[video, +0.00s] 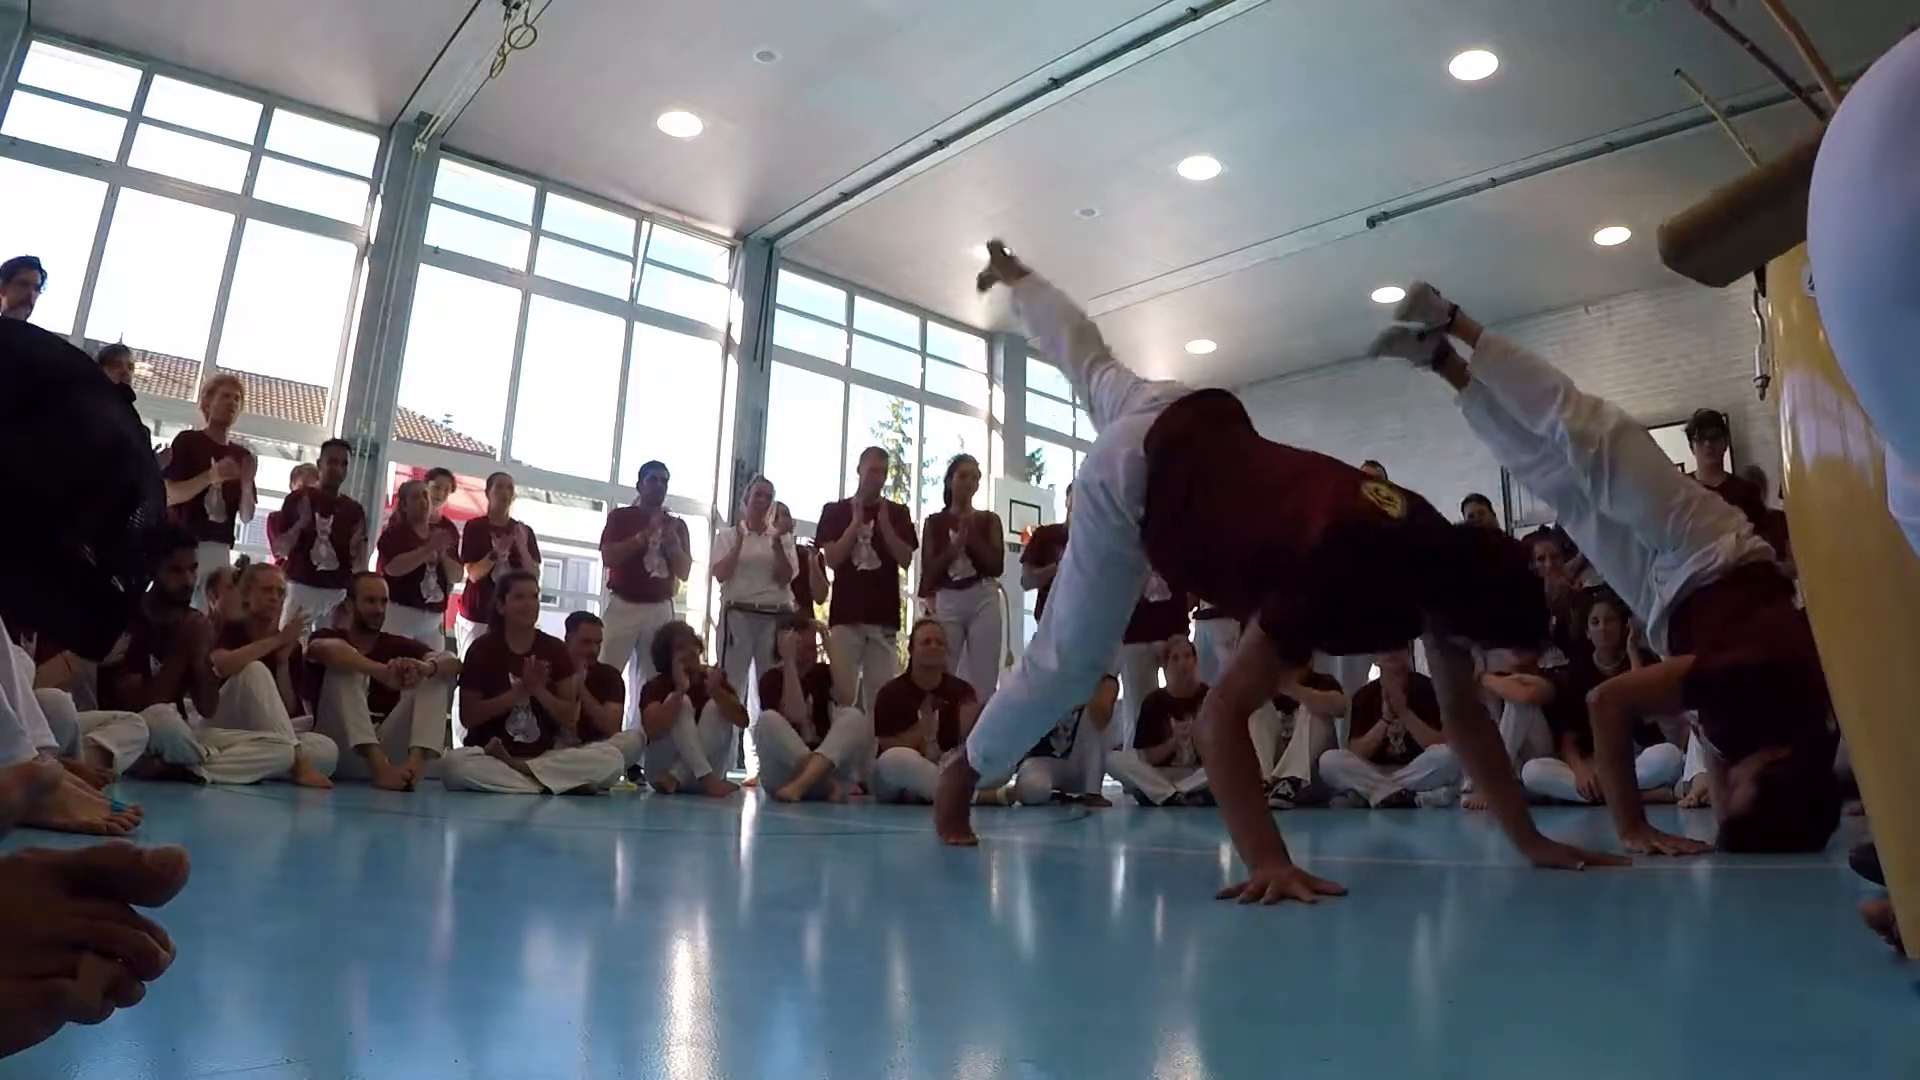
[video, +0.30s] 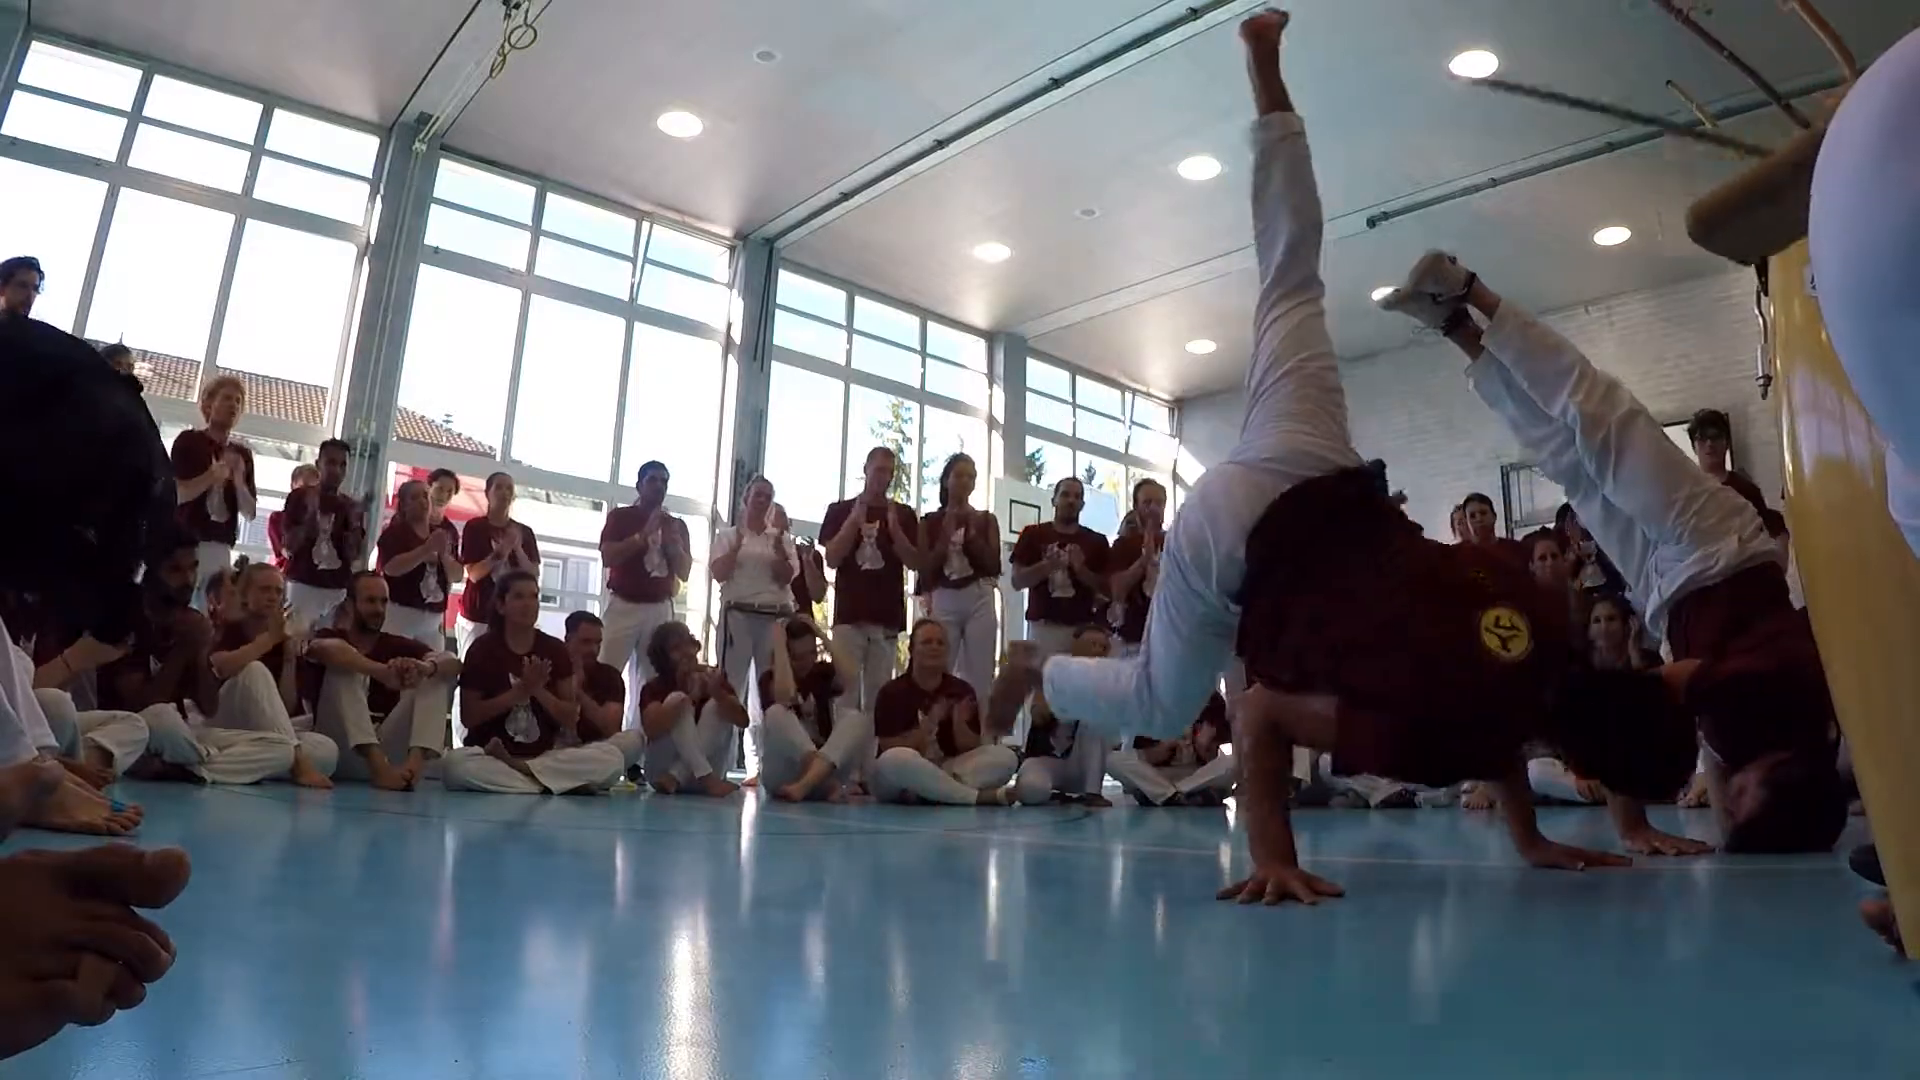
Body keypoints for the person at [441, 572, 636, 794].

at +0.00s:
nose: (529, 604)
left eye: (534, 597)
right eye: (520, 597)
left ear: (540, 603)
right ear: (501, 605)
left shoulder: (556, 648)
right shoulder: (481, 649)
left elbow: (569, 717)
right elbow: (469, 717)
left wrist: (537, 689)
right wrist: (521, 691)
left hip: (545, 755)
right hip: (488, 754)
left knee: (612, 758)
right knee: (454, 766)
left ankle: (522, 766)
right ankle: (547, 786)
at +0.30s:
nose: (529, 603)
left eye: (534, 597)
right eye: (519, 597)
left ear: (540, 603)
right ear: (500, 605)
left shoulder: (556, 649)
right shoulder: (481, 648)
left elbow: (570, 717)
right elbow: (469, 717)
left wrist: (536, 690)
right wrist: (522, 690)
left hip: (545, 756)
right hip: (489, 755)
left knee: (612, 759)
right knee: (455, 766)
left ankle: (521, 766)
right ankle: (549, 786)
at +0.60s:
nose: (529, 603)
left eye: (534, 597)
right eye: (519, 597)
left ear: (540, 603)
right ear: (500, 605)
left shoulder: (556, 649)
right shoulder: (481, 648)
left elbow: (571, 718)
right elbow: (468, 716)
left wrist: (536, 690)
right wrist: (521, 690)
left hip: (546, 756)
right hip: (489, 755)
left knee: (612, 759)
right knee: (455, 766)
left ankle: (521, 766)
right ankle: (548, 786)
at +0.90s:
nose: (530, 603)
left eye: (534, 596)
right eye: (520, 596)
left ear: (540, 603)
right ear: (501, 605)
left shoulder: (556, 649)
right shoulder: (482, 647)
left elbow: (570, 718)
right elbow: (468, 715)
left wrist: (534, 688)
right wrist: (522, 688)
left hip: (545, 757)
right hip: (488, 755)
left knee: (612, 758)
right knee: (454, 765)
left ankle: (522, 766)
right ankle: (548, 786)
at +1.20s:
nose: (530, 603)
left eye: (534, 597)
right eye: (520, 596)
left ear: (540, 603)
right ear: (501, 605)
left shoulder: (556, 649)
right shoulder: (481, 648)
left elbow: (571, 717)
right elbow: (469, 716)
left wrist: (537, 689)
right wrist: (521, 689)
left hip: (545, 756)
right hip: (487, 755)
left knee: (612, 758)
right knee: (454, 764)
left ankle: (521, 766)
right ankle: (548, 786)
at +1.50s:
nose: (530, 603)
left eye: (534, 597)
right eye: (520, 597)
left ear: (540, 603)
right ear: (501, 605)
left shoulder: (556, 649)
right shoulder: (481, 648)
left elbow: (570, 718)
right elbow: (468, 716)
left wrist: (536, 689)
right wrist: (521, 689)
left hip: (545, 756)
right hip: (488, 754)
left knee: (612, 759)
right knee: (454, 765)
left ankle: (522, 766)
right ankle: (549, 786)